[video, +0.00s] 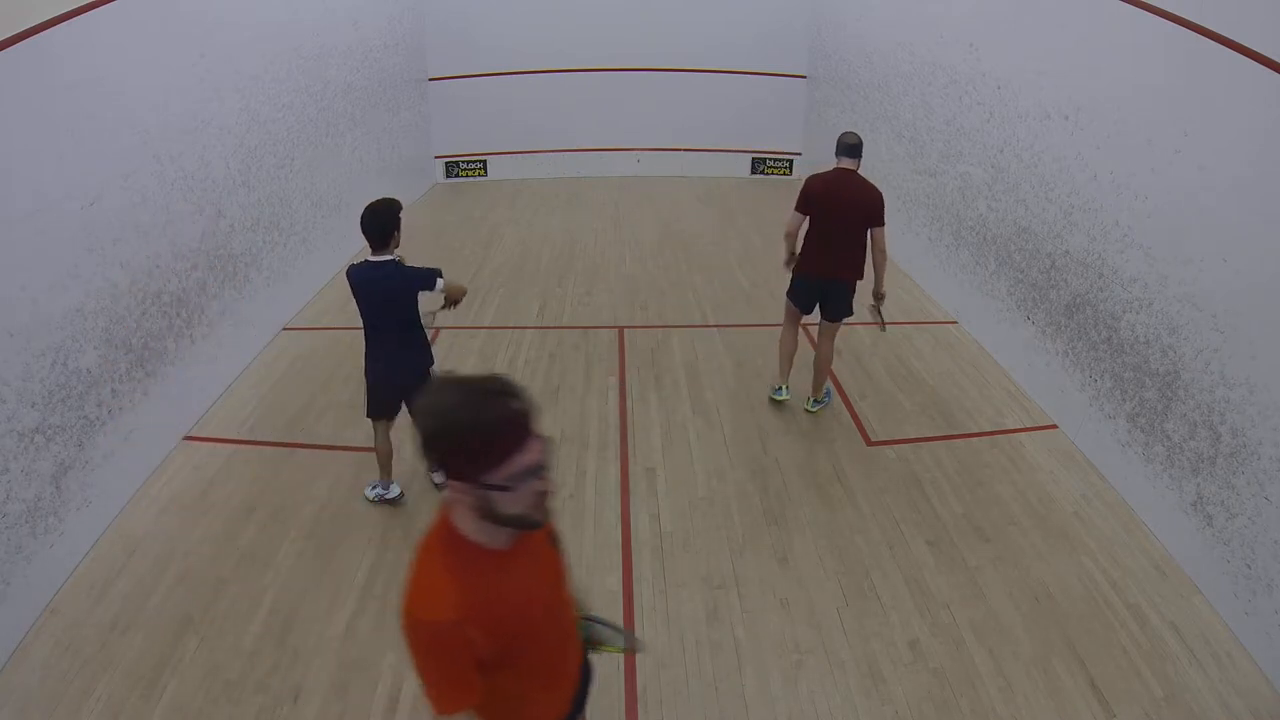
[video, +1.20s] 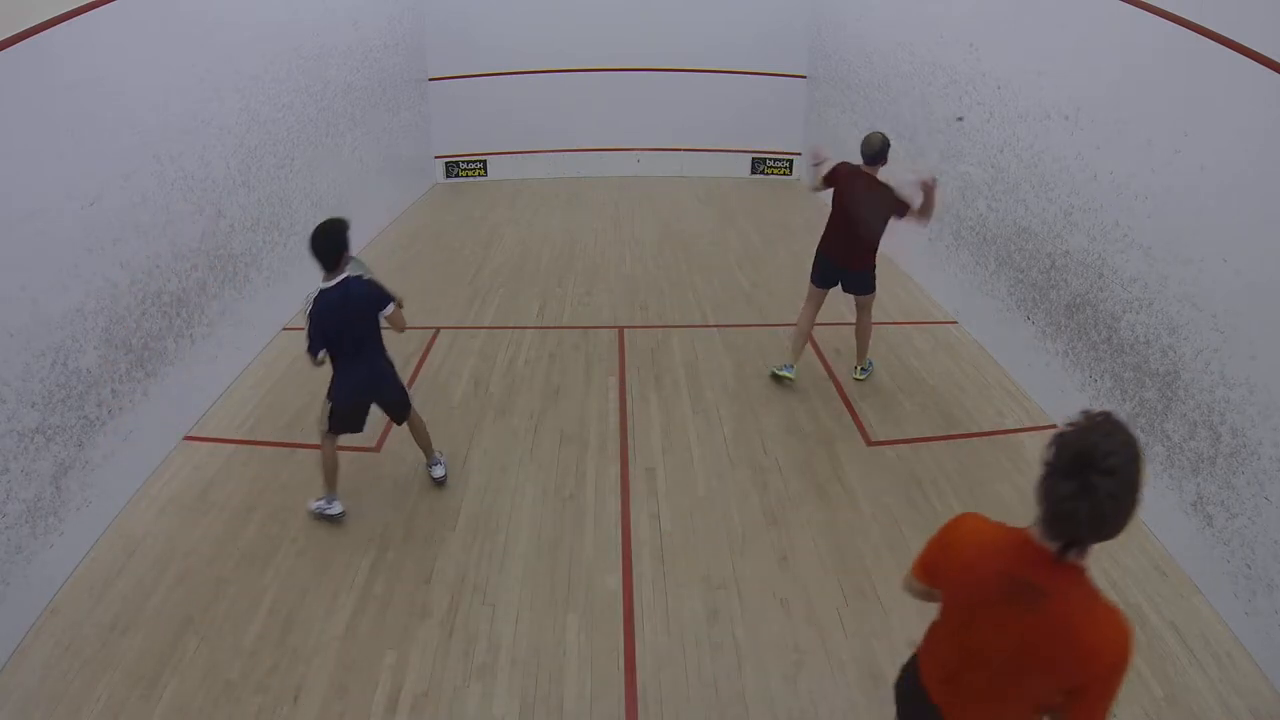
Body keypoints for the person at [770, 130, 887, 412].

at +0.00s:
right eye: (857, 156)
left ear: (835, 153)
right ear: (861, 157)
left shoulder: (815, 183)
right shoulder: (872, 194)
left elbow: (791, 230)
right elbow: (879, 249)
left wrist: (790, 254)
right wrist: (879, 286)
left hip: (808, 272)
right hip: (843, 279)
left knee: (791, 322)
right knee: (826, 339)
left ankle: (782, 386)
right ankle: (815, 396)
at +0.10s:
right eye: (857, 154)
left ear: (835, 153)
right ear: (861, 156)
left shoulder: (815, 182)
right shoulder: (871, 193)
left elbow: (793, 227)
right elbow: (880, 246)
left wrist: (813, 233)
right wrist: (881, 283)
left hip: (808, 272)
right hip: (842, 279)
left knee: (790, 322)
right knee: (826, 339)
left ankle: (774, 381)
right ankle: (815, 396)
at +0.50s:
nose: (848, 155)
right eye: (850, 152)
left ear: (826, 149)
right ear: (851, 153)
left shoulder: (806, 177)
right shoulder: (851, 189)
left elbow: (799, 216)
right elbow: (869, 238)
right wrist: (897, 241)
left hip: (800, 264)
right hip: (833, 269)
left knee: (790, 318)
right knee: (849, 316)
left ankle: (770, 377)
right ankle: (829, 376)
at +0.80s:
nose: (868, 162)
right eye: (869, 159)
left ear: (845, 158)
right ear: (867, 163)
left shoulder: (827, 181)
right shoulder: (860, 198)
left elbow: (824, 217)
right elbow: (883, 240)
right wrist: (918, 222)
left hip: (813, 265)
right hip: (845, 271)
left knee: (796, 316)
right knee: (855, 318)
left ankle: (771, 373)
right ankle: (861, 367)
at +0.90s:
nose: (878, 166)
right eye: (878, 163)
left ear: (854, 160)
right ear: (876, 168)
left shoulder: (838, 180)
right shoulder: (867, 201)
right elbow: (891, 239)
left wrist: (877, 195)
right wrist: (926, 217)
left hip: (821, 262)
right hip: (853, 269)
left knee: (801, 306)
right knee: (862, 314)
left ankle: (774, 360)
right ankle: (861, 366)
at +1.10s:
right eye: (889, 161)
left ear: (864, 158)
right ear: (888, 167)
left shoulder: (849, 172)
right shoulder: (874, 198)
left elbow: (835, 176)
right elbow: (903, 231)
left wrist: (847, 160)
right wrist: (926, 197)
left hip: (827, 256)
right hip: (858, 267)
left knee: (810, 304)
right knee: (866, 312)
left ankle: (783, 357)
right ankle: (861, 365)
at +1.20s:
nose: (884, 157)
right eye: (885, 154)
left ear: (861, 153)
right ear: (885, 159)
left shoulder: (843, 172)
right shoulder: (886, 195)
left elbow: (816, 185)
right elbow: (922, 215)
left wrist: (816, 165)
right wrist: (929, 193)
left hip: (827, 257)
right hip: (860, 266)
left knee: (810, 306)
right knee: (863, 313)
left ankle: (790, 365)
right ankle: (861, 365)